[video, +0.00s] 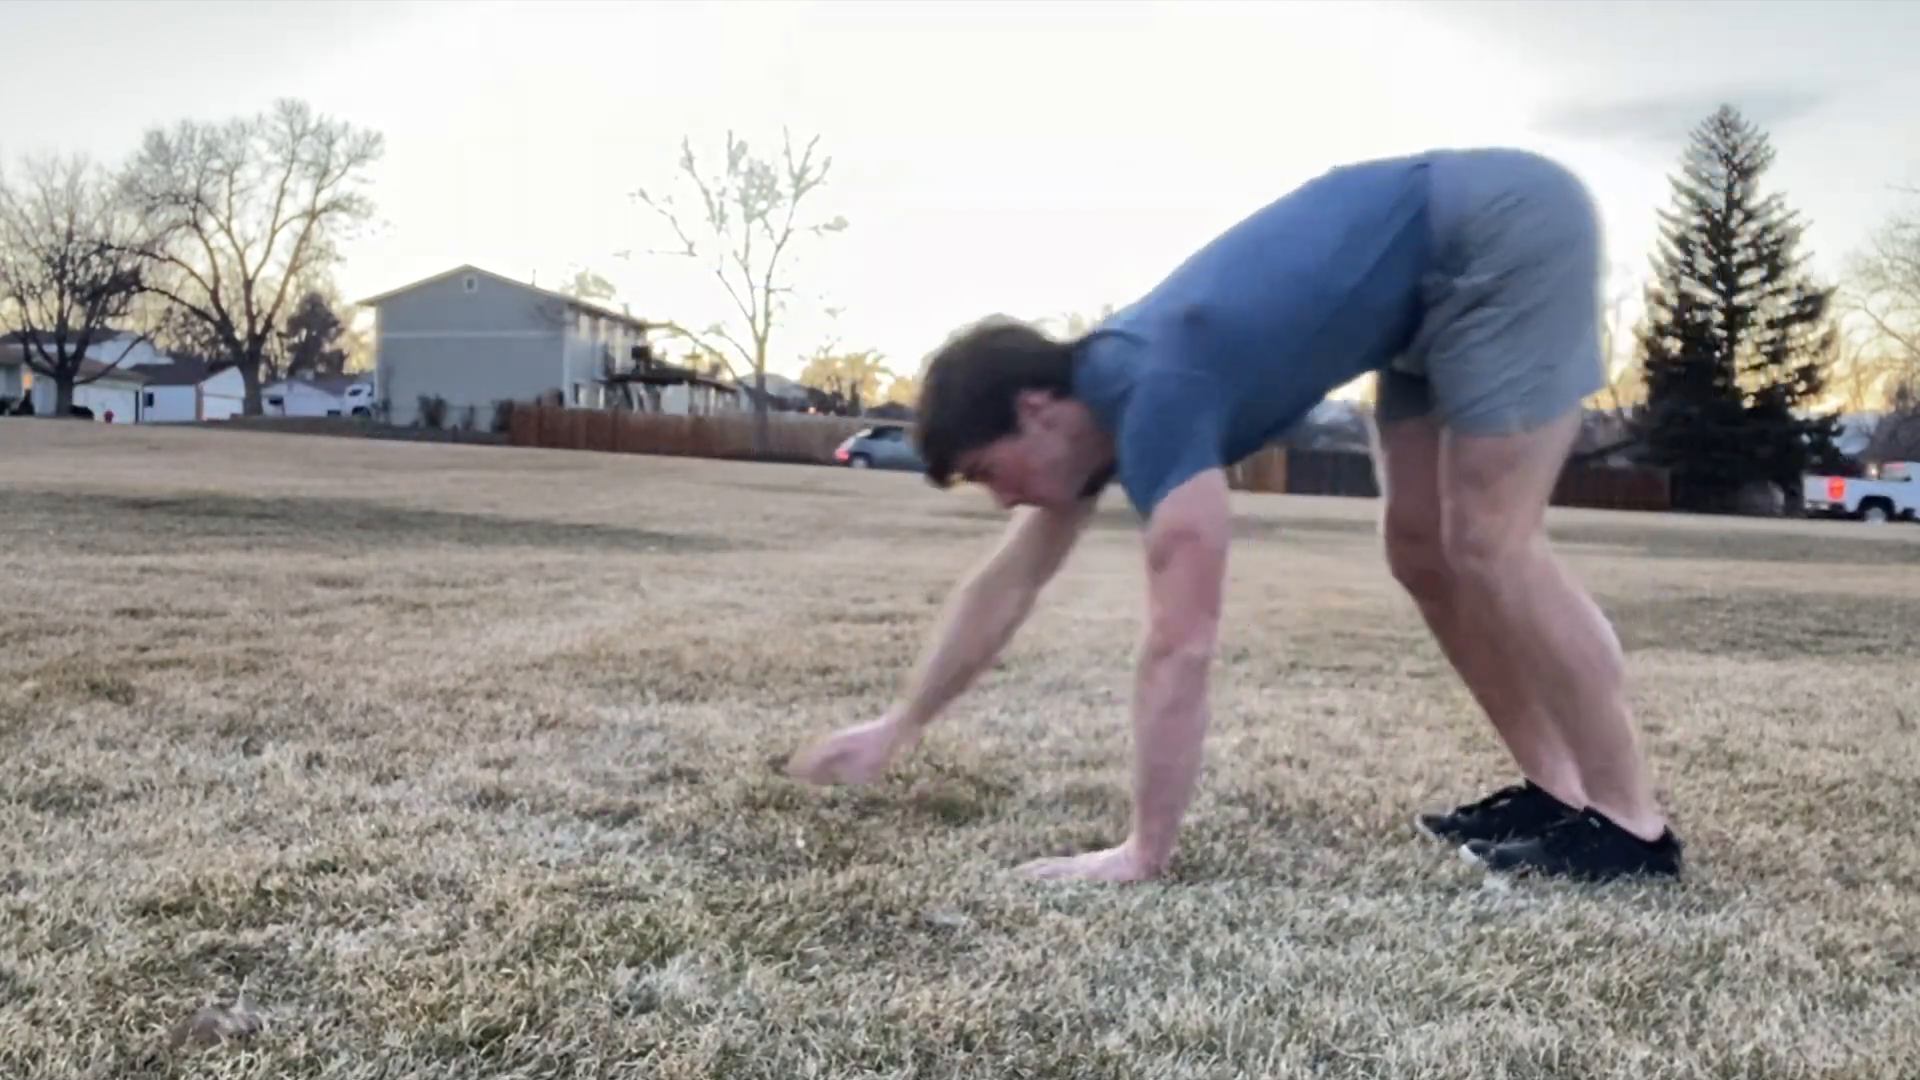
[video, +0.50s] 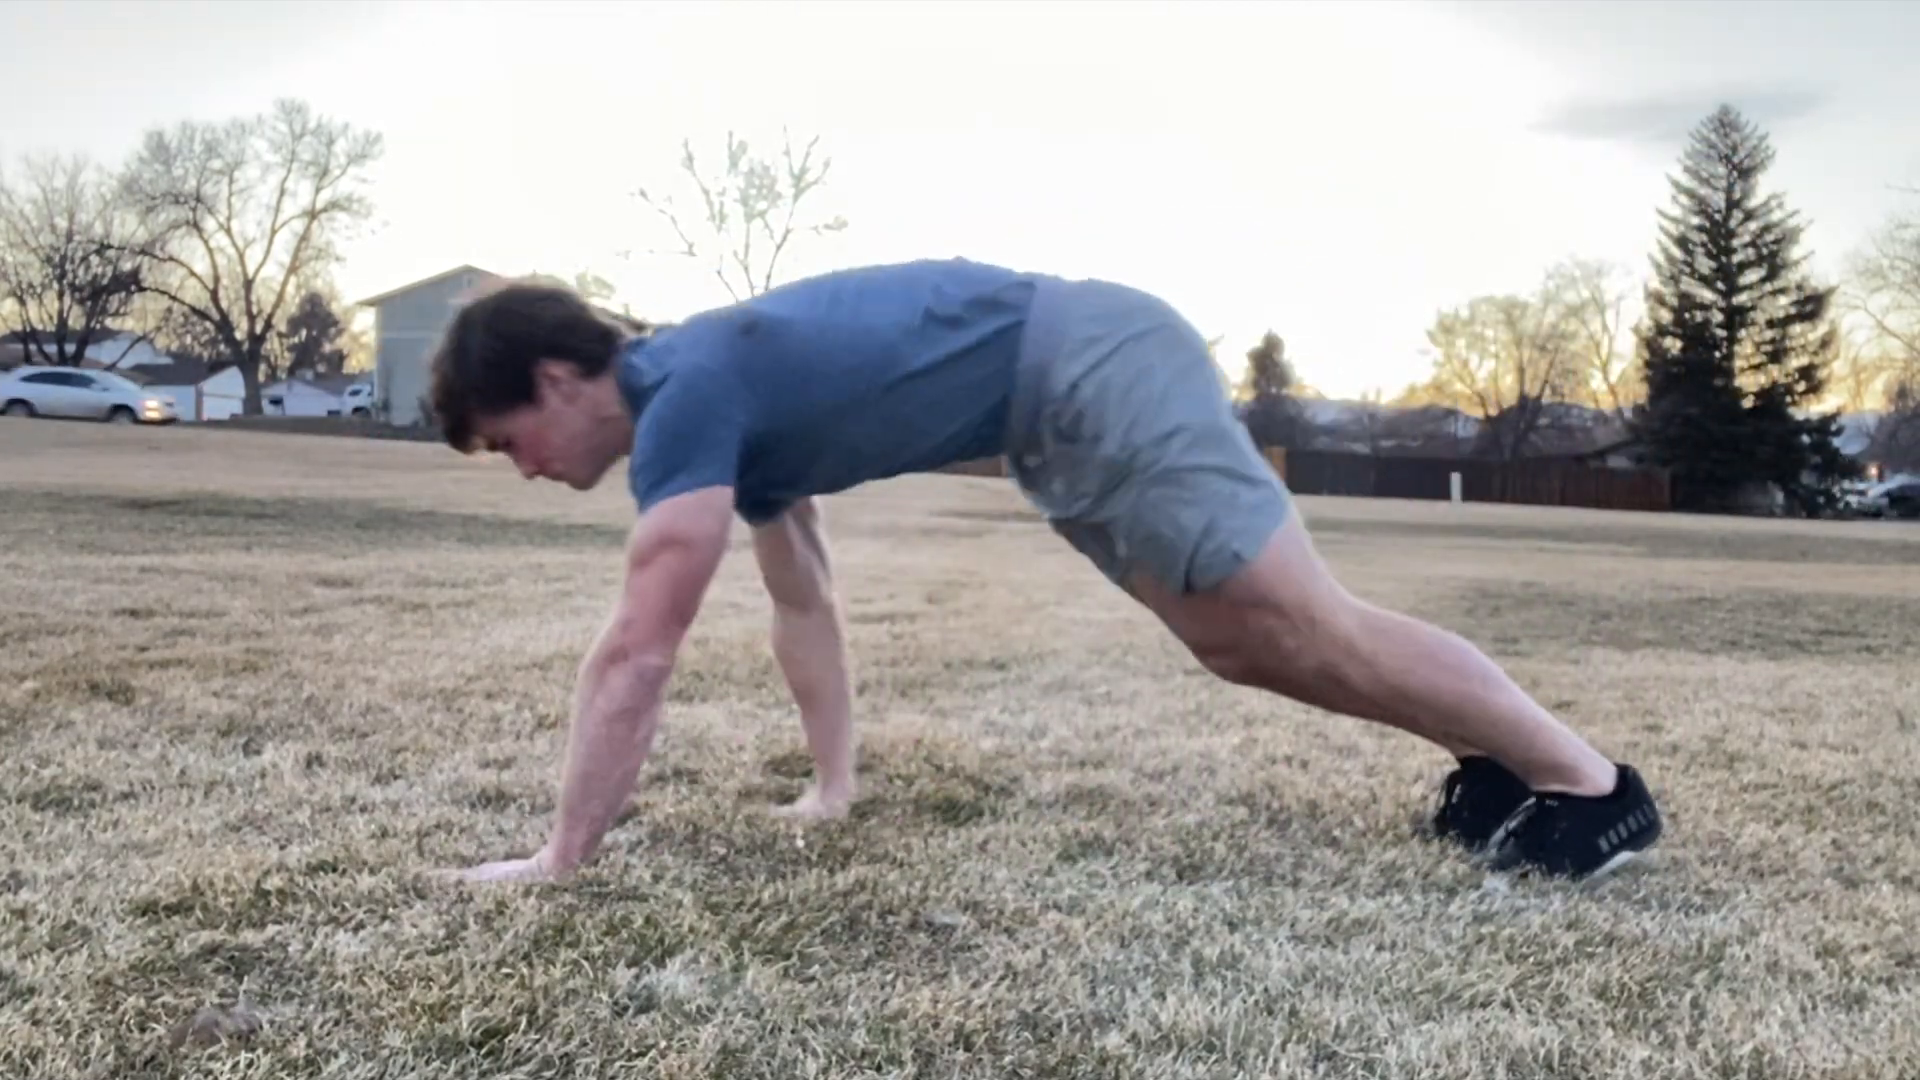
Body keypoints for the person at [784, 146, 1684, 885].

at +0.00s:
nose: (1006, 504)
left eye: (995, 479)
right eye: (988, 489)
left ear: (1038, 415)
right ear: (1033, 409)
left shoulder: (1162, 391)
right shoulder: (1095, 391)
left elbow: (1182, 645)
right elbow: (1010, 584)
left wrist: (1145, 851)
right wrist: (895, 729)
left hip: (1507, 221)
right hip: (1421, 262)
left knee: (1490, 537)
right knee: (1424, 553)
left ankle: (1636, 824)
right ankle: (1559, 797)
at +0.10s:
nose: (895, 505)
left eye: (884, 479)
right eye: (877, 490)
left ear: (931, 419)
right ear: (931, 417)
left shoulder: (1067, 389)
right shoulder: (1000, 440)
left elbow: (1131, 640)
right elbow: (933, 626)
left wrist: (1136, 848)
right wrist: (846, 799)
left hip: (1412, 241)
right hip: (1339, 300)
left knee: (1450, 554)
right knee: (1379, 572)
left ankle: (1631, 824)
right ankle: (1552, 796)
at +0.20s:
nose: (789, 513)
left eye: (777, 485)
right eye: (769, 498)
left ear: (824, 425)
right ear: (822, 430)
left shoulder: (962, 388)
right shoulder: (919, 448)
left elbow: (1028, 615)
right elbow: (897, 634)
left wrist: (1033, 782)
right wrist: (856, 801)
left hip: (1306, 270)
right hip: (1242, 351)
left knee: (1410, 572)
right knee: (1327, 603)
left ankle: (1625, 814)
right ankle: (1542, 788)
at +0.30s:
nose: (696, 504)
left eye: (684, 479)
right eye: (677, 489)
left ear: (728, 417)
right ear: (730, 424)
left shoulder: (863, 379)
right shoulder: (838, 426)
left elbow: (831, 611)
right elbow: (865, 625)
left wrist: (728, 763)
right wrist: (854, 800)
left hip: (1227, 295)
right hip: (1163, 382)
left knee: (1366, 594)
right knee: (1284, 626)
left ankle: (1610, 800)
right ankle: (1524, 769)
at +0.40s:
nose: (600, 480)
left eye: (589, 452)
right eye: (583, 466)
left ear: (638, 396)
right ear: (635, 412)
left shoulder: (764, 397)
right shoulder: (799, 426)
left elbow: (667, 651)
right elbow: (839, 627)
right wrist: (855, 802)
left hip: (1152, 324)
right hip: (1093, 401)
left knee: (1332, 610)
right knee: (1255, 642)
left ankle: (1603, 796)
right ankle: (1510, 751)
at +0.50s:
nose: (524, 469)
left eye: (511, 440)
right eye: (504, 453)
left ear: (560, 381)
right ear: (565, 390)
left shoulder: (698, 380)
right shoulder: (707, 405)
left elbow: (635, 653)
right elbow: (801, 594)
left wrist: (563, 861)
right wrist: (833, 784)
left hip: (1087, 359)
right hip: (1045, 410)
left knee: (1300, 626)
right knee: (1243, 644)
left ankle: (1598, 787)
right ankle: (1510, 749)